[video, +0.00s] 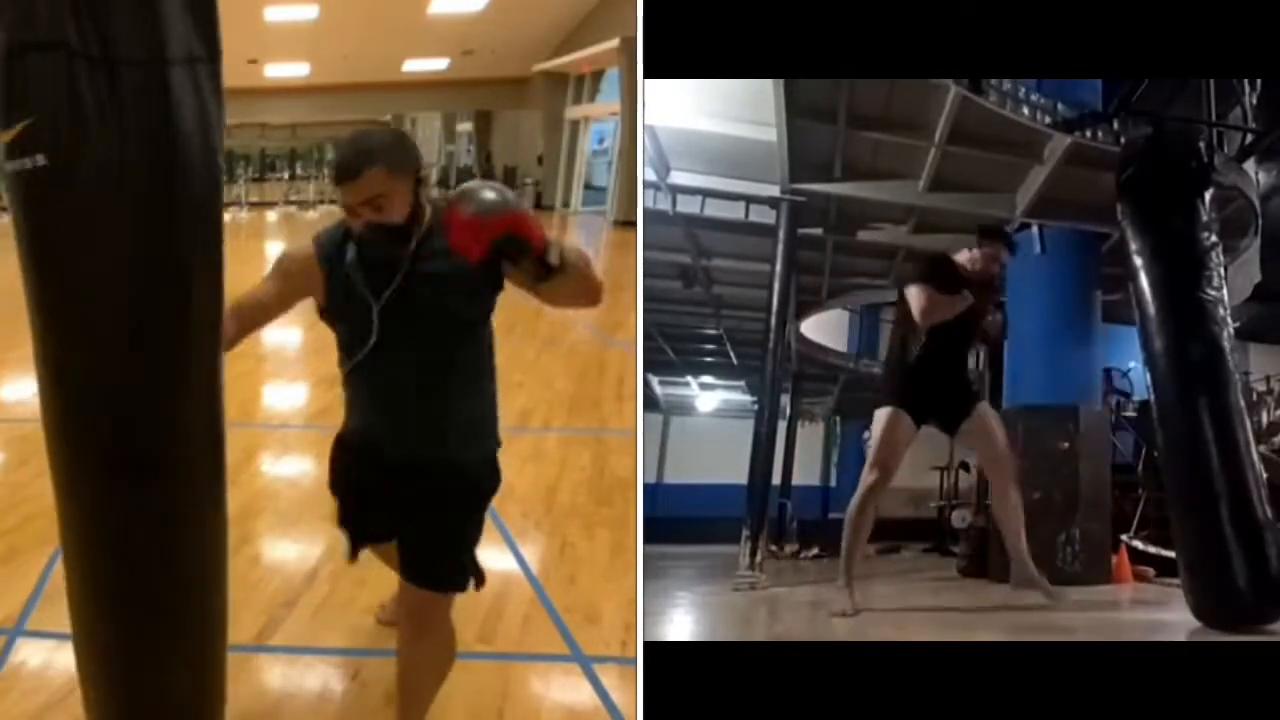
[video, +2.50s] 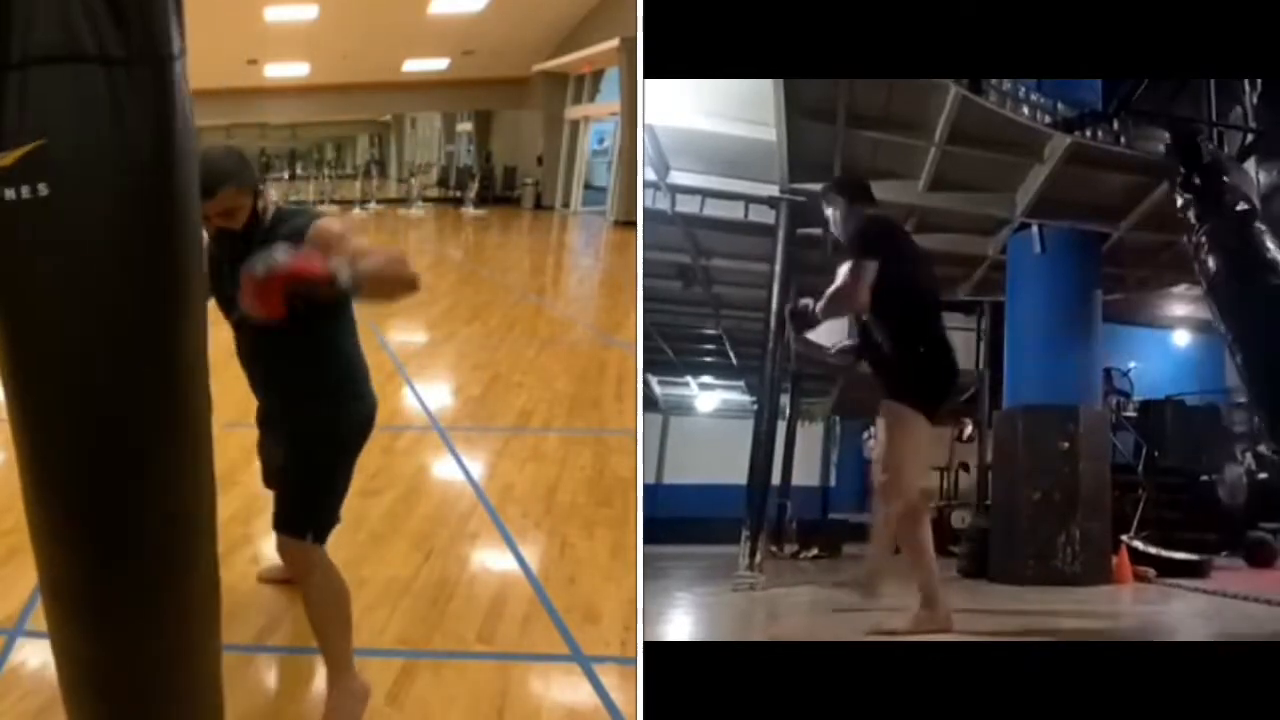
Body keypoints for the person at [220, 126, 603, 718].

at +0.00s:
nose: (364, 221)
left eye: (378, 204)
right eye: (351, 208)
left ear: (416, 186)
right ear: (338, 199)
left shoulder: (472, 238)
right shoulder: (321, 260)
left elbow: (586, 292)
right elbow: (238, 318)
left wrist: (535, 245)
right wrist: (180, 354)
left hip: (454, 453)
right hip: (369, 446)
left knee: (422, 606)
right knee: (377, 534)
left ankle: (410, 712)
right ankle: (421, 586)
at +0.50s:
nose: (346, 183)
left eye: (358, 172)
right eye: (340, 171)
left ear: (395, 162)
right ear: (336, 164)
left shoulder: (450, 225)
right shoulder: (338, 228)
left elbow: (498, 314)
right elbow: (306, 315)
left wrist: (415, 304)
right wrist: (295, 291)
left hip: (419, 404)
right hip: (357, 395)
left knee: (390, 552)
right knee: (373, 506)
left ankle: (392, 700)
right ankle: (387, 586)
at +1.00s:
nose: (322, 196)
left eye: (337, 185)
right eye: (316, 183)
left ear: (373, 176)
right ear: (309, 174)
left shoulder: (421, 242)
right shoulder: (307, 232)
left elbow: (457, 334)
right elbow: (277, 291)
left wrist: (377, 323)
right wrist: (260, 297)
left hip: (385, 415)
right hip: (325, 405)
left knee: (357, 549)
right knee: (348, 509)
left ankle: (339, 686)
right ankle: (384, 585)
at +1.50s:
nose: (295, 186)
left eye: (309, 174)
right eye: (284, 172)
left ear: (334, 178)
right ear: (266, 176)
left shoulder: (371, 232)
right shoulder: (263, 229)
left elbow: (376, 331)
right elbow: (226, 281)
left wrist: (328, 255)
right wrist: (244, 223)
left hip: (340, 422)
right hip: (275, 405)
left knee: (336, 560)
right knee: (271, 486)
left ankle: (335, 682)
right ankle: (278, 558)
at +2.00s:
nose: (258, 178)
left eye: (265, 165)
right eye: (247, 168)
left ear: (282, 162)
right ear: (230, 171)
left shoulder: (325, 211)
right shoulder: (221, 217)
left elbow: (353, 286)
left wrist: (306, 228)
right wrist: (230, 214)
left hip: (307, 380)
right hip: (245, 375)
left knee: (302, 518)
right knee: (258, 485)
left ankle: (304, 655)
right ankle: (282, 556)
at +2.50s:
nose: (222, 225)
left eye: (231, 212)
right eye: (212, 215)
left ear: (256, 195)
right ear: (198, 208)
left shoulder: (307, 231)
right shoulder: (214, 246)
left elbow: (402, 275)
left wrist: (328, 273)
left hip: (333, 406)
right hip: (278, 402)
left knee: (299, 545)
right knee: (285, 485)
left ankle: (346, 684)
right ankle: (303, 563)